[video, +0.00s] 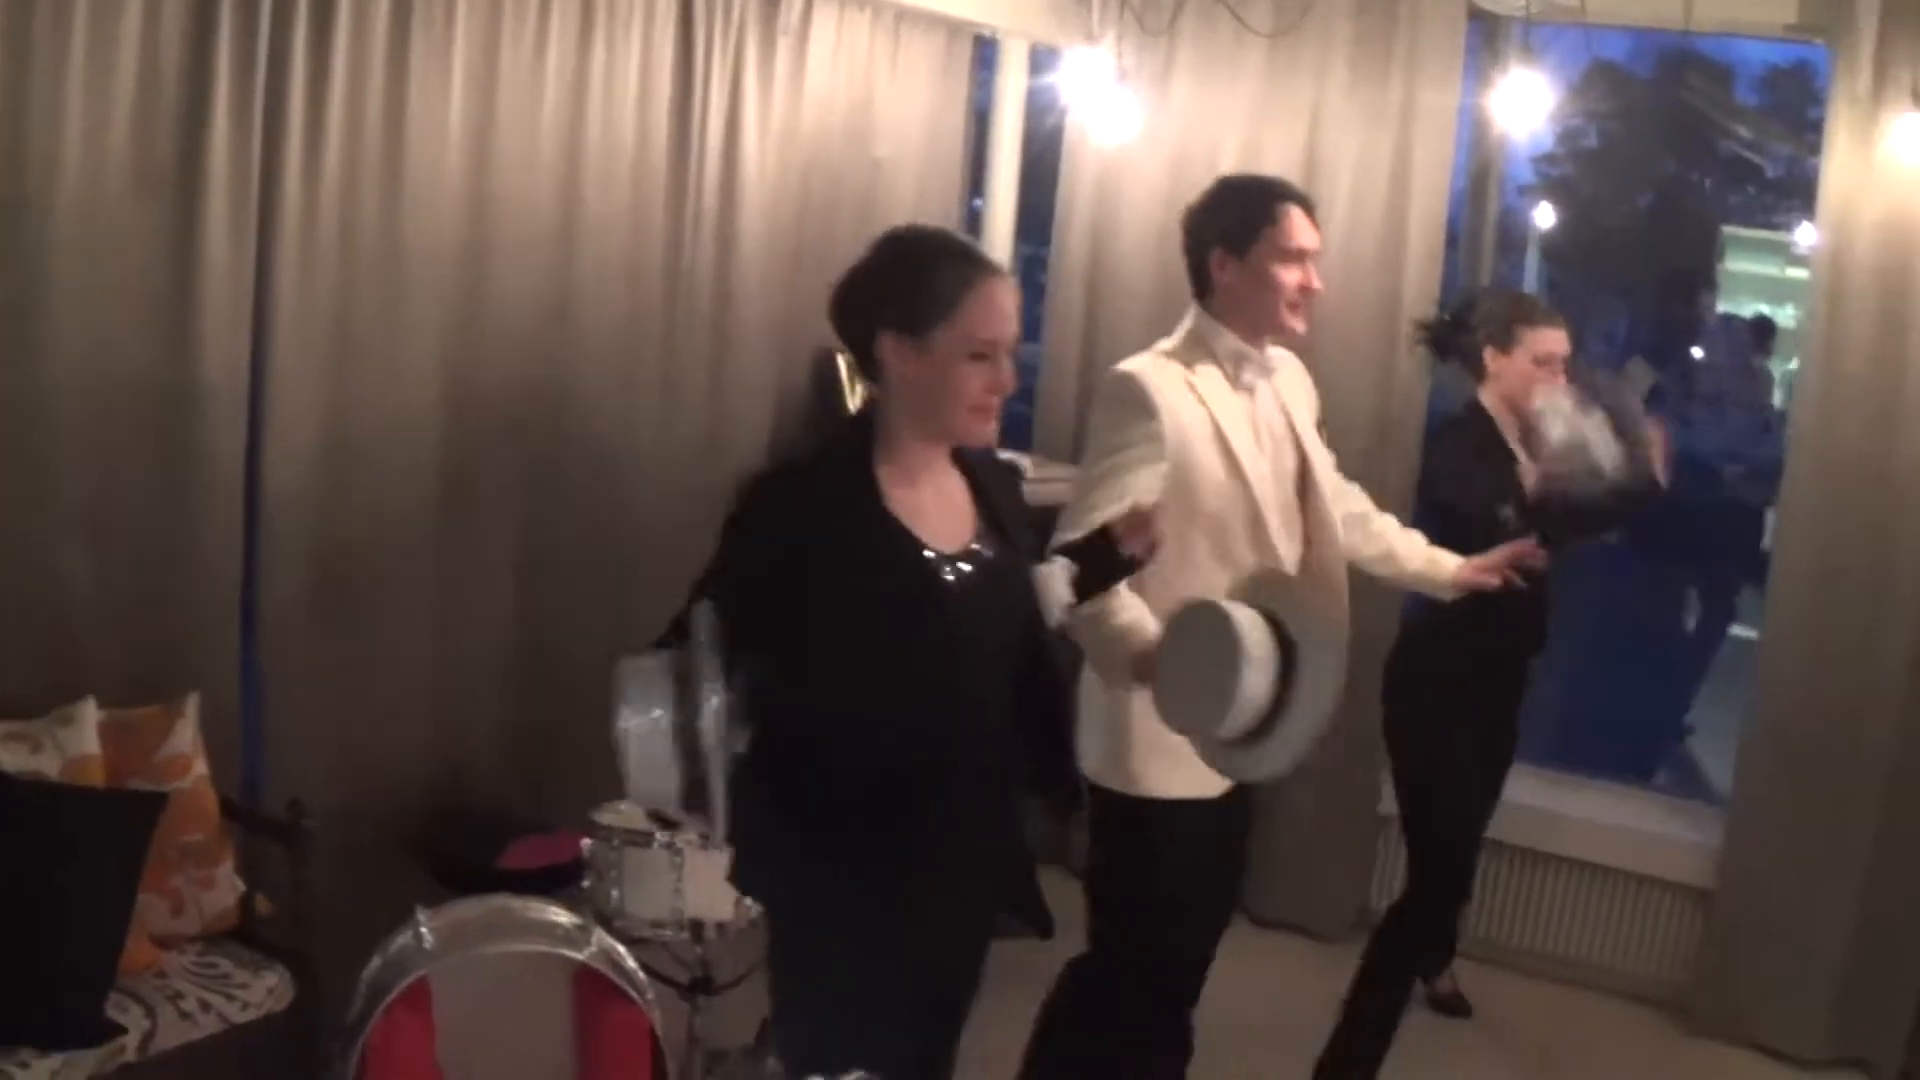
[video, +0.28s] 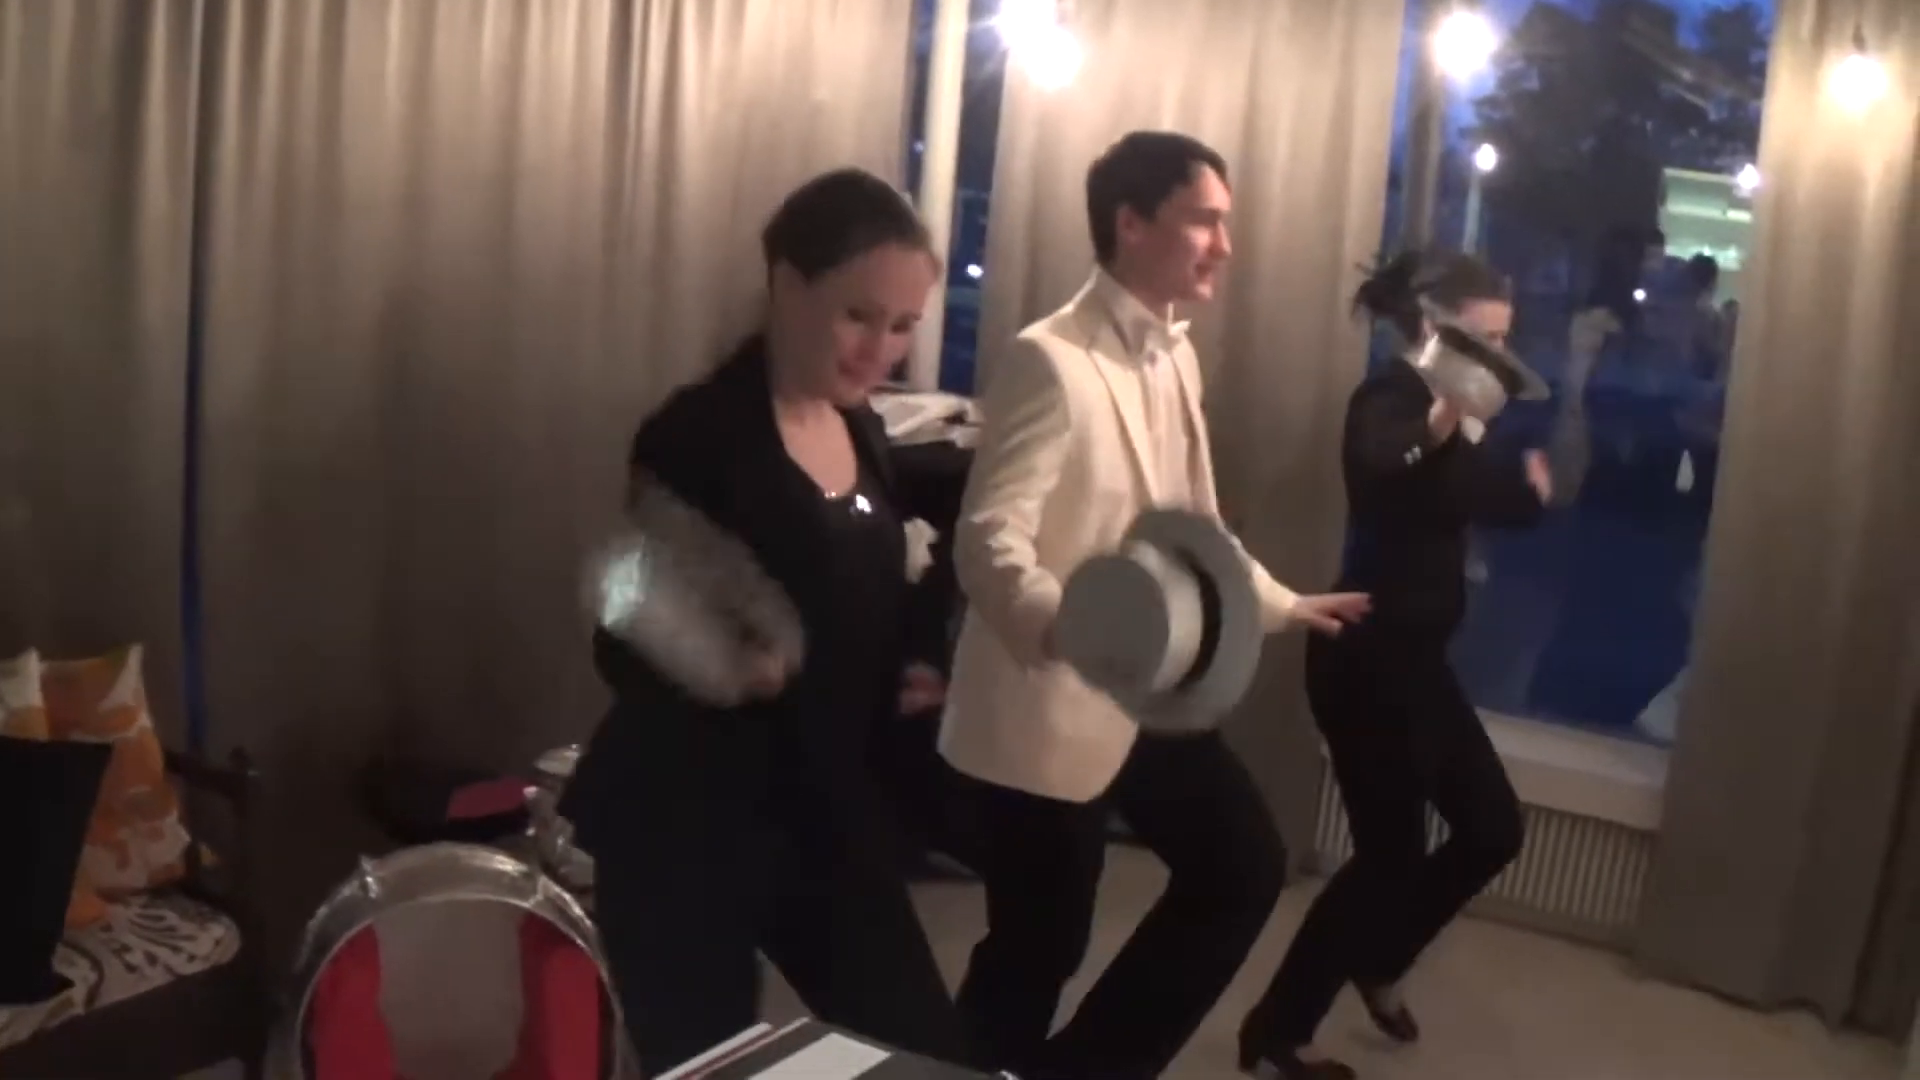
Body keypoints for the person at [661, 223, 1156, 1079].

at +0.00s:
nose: (1006, 381)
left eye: (1009, 357)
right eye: (980, 358)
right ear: (895, 354)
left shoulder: (991, 490)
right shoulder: (793, 506)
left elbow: (1001, 630)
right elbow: (694, 664)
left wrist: (1103, 558)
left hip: (959, 875)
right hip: (831, 882)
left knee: (922, 1064)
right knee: (829, 1065)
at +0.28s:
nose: (881, 351)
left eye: (904, 326)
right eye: (859, 317)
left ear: (921, 317)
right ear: (784, 285)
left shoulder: (859, 438)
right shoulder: (693, 436)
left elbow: (855, 617)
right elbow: (628, 640)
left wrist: (905, 667)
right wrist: (719, 667)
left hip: (823, 820)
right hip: (683, 826)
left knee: (925, 1051)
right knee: (697, 1064)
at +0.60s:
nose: (896, 284)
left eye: (910, 256)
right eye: (871, 257)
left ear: (922, 252)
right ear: (780, 254)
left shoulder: (895, 405)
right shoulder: (670, 391)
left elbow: (899, 627)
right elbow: (592, 591)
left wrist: (871, 789)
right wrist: (742, 534)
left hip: (792, 814)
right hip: (641, 807)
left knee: (786, 1052)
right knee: (636, 1060)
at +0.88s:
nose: (906, 282)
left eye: (907, 257)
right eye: (895, 256)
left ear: (822, 258)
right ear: (817, 256)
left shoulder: (804, 394)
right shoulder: (689, 391)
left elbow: (808, 596)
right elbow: (570, 608)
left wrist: (946, 577)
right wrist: (537, 825)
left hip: (774, 802)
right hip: (671, 814)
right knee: (673, 1058)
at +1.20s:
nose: (929, 283)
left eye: (927, 259)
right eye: (909, 259)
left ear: (836, 263)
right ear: (822, 261)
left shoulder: (851, 397)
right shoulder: (729, 396)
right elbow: (605, 594)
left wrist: (972, 453)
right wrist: (506, 783)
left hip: (837, 812)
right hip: (724, 821)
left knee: (937, 1037)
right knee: (728, 1062)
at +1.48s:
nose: (889, 290)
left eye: (897, 261)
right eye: (861, 263)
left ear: (905, 259)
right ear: (766, 262)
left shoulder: (922, 386)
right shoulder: (670, 439)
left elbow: (1036, 522)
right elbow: (632, 652)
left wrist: (1137, 431)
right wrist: (615, 833)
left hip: (901, 805)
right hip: (753, 816)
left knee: (846, 1044)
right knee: (720, 1045)